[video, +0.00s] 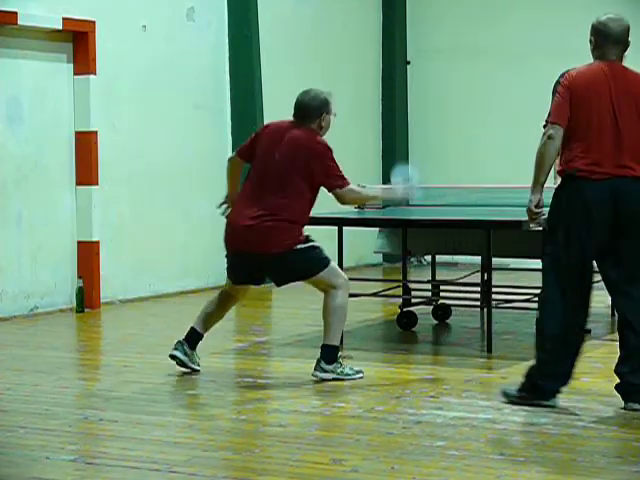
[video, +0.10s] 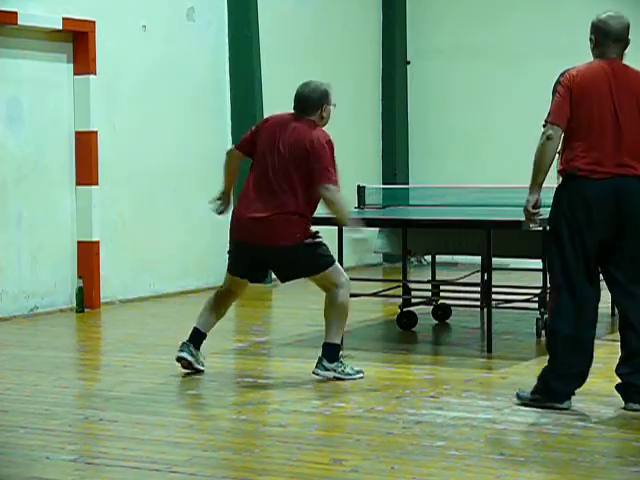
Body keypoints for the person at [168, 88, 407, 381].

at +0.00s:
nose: (331, 121)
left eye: (331, 115)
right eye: (330, 115)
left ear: (297, 113)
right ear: (322, 119)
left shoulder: (268, 131)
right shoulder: (317, 147)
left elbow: (236, 160)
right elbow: (346, 195)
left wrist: (232, 196)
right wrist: (380, 195)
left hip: (238, 236)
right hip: (279, 240)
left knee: (232, 290)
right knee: (338, 285)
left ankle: (187, 345)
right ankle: (329, 362)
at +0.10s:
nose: (331, 111)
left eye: (330, 105)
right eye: (330, 106)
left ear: (298, 107)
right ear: (322, 111)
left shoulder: (271, 124)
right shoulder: (318, 139)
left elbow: (234, 155)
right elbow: (326, 189)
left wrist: (226, 192)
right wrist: (346, 218)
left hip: (245, 229)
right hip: (288, 233)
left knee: (230, 288)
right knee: (339, 285)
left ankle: (192, 345)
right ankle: (330, 360)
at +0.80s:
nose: (338, 86)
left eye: (337, 81)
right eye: (332, 82)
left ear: (313, 89)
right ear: (312, 88)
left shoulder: (310, 116)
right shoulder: (303, 115)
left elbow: (310, 165)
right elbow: (307, 166)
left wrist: (345, 174)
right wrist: (347, 180)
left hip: (267, 218)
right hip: (288, 220)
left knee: (272, 287)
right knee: (335, 281)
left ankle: (210, 336)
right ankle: (327, 362)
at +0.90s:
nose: (332, 81)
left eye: (331, 76)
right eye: (326, 77)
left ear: (311, 84)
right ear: (305, 83)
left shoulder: (308, 113)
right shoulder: (298, 111)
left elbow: (303, 161)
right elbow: (291, 160)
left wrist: (338, 169)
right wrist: (335, 169)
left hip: (276, 217)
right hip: (287, 218)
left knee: (293, 286)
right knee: (331, 281)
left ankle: (232, 331)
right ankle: (327, 361)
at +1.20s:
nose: (296, 77)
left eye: (296, 72)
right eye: (288, 73)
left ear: (293, 79)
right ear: (268, 81)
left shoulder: (302, 111)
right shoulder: (251, 117)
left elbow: (314, 150)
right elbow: (227, 164)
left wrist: (329, 169)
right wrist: (233, 199)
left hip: (299, 217)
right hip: (264, 219)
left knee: (291, 290)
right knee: (298, 277)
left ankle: (256, 352)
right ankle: (321, 359)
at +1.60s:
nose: (241, 73)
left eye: (243, 67)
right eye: (232, 69)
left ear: (249, 70)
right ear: (216, 75)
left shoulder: (263, 105)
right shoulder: (201, 112)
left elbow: (288, 146)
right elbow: (180, 161)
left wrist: (281, 168)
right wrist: (156, 203)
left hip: (258, 212)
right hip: (215, 212)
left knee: (260, 280)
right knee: (206, 281)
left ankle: (253, 355)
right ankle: (189, 355)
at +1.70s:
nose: (210, 80)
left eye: (215, 73)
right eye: (203, 75)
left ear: (226, 71)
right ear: (195, 76)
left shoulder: (248, 108)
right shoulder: (183, 115)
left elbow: (274, 150)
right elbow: (166, 164)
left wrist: (265, 178)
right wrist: (145, 208)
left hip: (243, 215)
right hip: (196, 215)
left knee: (250, 282)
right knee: (182, 282)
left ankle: (252, 355)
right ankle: (169, 357)